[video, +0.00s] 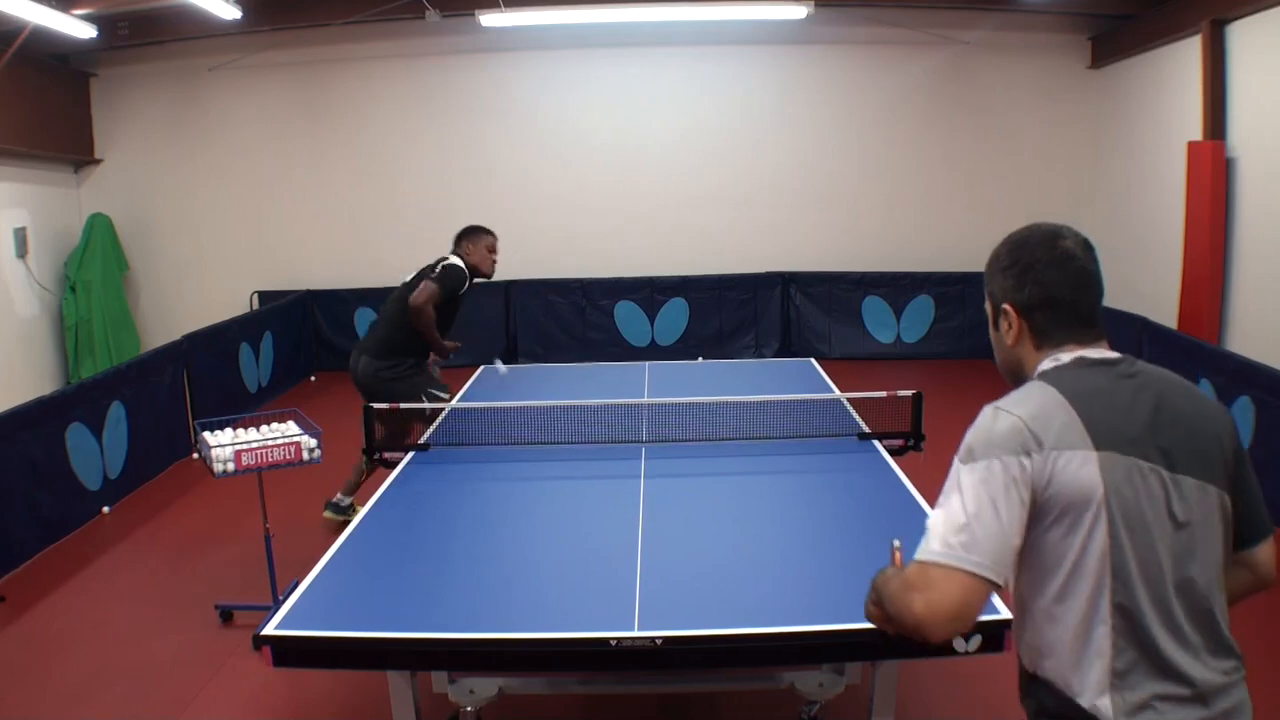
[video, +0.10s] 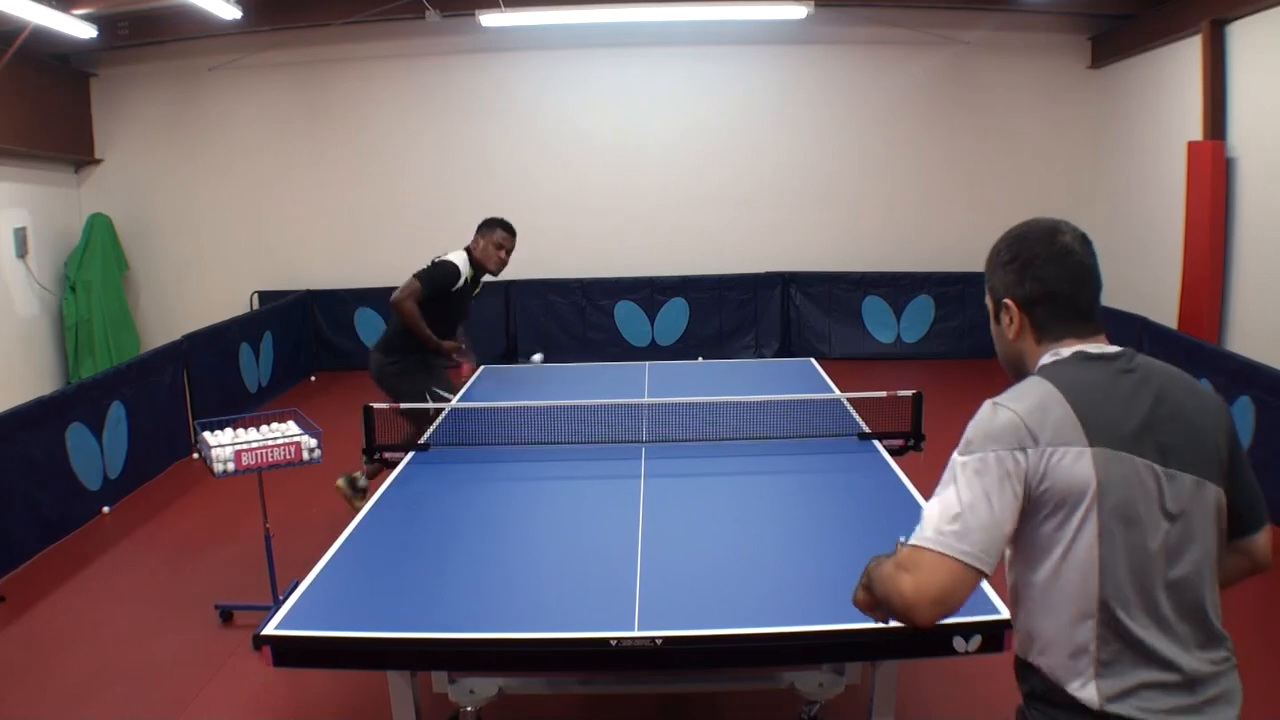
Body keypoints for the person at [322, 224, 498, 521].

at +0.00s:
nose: (495, 258)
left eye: (496, 252)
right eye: (490, 250)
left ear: (464, 249)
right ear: (468, 247)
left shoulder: (440, 266)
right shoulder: (455, 270)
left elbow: (406, 306)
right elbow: (419, 302)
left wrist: (423, 355)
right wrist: (440, 345)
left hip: (371, 362)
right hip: (392, 369)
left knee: (394, 433)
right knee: (454, 422)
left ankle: (342, 499)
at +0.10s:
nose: (505, 257)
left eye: (509, 252)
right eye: (500, 248)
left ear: (511, 253)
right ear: (477, 243)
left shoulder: (473, 276)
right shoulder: (451, 268)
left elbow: (455, 320)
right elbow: (401, 299)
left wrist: (464, 352)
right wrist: (437, 343)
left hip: (421, 361)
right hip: (397, 362)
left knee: (430, 429)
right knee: (451, 422)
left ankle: (362, 478)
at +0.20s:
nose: (505, 246)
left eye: (511, 241)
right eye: (499, 237)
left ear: (516, 241)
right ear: (480, 230)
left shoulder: (491, 263)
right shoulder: (449, 258)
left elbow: (477, 298)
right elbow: (396, 292)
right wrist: (437, 333)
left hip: (442, 349)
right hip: (412, 350)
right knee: (456, 412)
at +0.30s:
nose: (510, 233)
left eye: (517, 228)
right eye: (504, 224)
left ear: (523, 227)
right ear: (486, 216)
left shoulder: (507, 249)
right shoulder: (453, 246)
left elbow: (497, 280)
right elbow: (404, 283)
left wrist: (526, 314)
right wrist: (447, 318)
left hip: (464, 331)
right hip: (424, 329)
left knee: (475, 396)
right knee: (455, 404)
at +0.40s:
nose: (518, 232)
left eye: (525, 226)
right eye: (511, 224)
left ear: (530, 226)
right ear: (494, 218)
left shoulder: (521, 250)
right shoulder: (461, 246)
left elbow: (516, 277)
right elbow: (416, 283)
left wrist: (549, 306)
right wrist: (461, 315)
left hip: (482, 328)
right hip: (442, 329)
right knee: (459, 400)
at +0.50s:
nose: (529, 238)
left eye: (535, 232)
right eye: (521, 230)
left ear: (540, 233)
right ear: (503, 228)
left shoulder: (537, 262)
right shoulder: (470, 258)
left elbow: (543, 290)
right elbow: (427, 295)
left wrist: (576, 315)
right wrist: (472, 326)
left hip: (504, 339)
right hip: (463, 342)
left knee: (534, 386)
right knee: (476, 402)